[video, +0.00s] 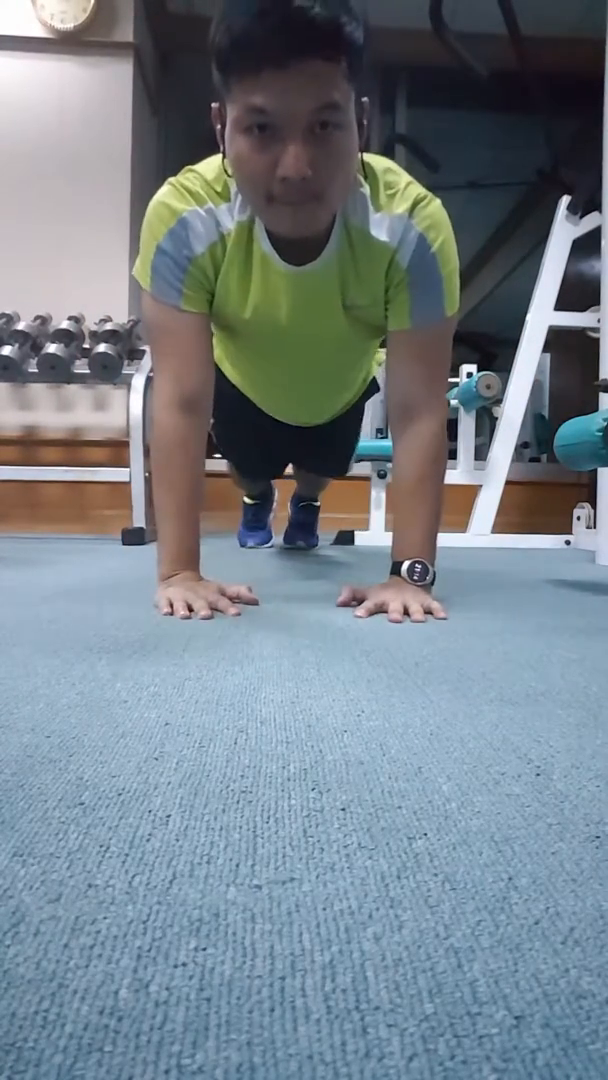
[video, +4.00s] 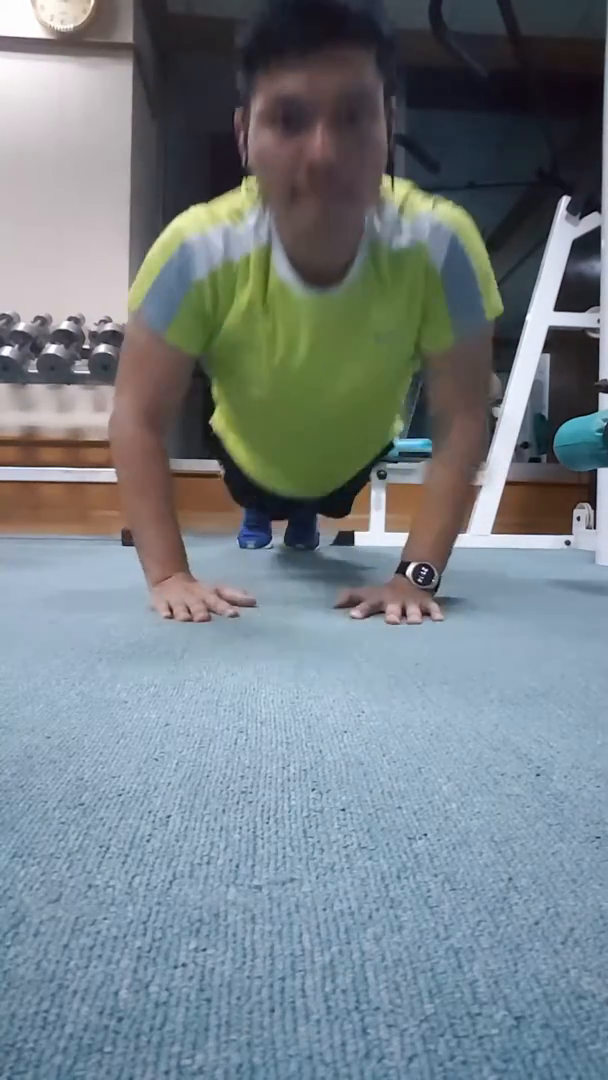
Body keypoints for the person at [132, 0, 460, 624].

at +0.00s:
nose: (296, 164)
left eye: (324, 126)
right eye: (262, 129)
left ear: (361, 123)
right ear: (221, 128)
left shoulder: (412, 226)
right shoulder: (184, 216)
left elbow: (420, 413)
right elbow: (179, 403)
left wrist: (412, 574)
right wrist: (179, 572)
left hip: (339, 390)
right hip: (242, 383)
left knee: (317, 467)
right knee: (249, 464)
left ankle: (304, 506)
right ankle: (257, 501)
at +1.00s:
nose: (320, 176)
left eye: (350, 143)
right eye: (289, 143)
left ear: (388, 108)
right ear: (251, 108)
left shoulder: (430, 230)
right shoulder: (203, 217)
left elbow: (425, 409)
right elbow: (184, 402)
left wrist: (414, 574)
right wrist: (179, 572)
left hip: (345, 411)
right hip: (248, 404)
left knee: (316, 475)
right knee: (260, 473)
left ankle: (300, 502)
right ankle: (267, 500)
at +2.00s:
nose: (306, 569)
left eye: (345, 537)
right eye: (267, 535)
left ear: (385, 477)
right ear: (215, 468)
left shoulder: (439, 468)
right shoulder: (159, 456)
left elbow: (493, 443)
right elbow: (88, 440)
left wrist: (423, 576)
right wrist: (172, 576)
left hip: (374, 570)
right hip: (228, 570)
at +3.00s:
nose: (307, 254)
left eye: (341, 211)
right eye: (272, 211)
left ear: (381, 195)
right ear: (225, 195)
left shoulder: (428, 298)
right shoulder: (177, 282)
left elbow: (462, 444)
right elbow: (126, 431)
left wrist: (416, 574)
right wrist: (168, 574)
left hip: (338, 489)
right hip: (236, 489)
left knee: (316, 516)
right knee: (249, 521)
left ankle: (303, 530)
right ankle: (260, 528)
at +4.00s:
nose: (323, 151)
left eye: (352, 118)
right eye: (291, 121)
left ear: (390, 126)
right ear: (244, 135)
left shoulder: (439, 243)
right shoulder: (198, 249)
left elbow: (464, 418)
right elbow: (136, 419)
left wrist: (416, 576)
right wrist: (169, 576)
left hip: (351, 457)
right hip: (250, 455)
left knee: (320, 499)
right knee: (257, 495)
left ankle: (303, 519)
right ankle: (262, 517)